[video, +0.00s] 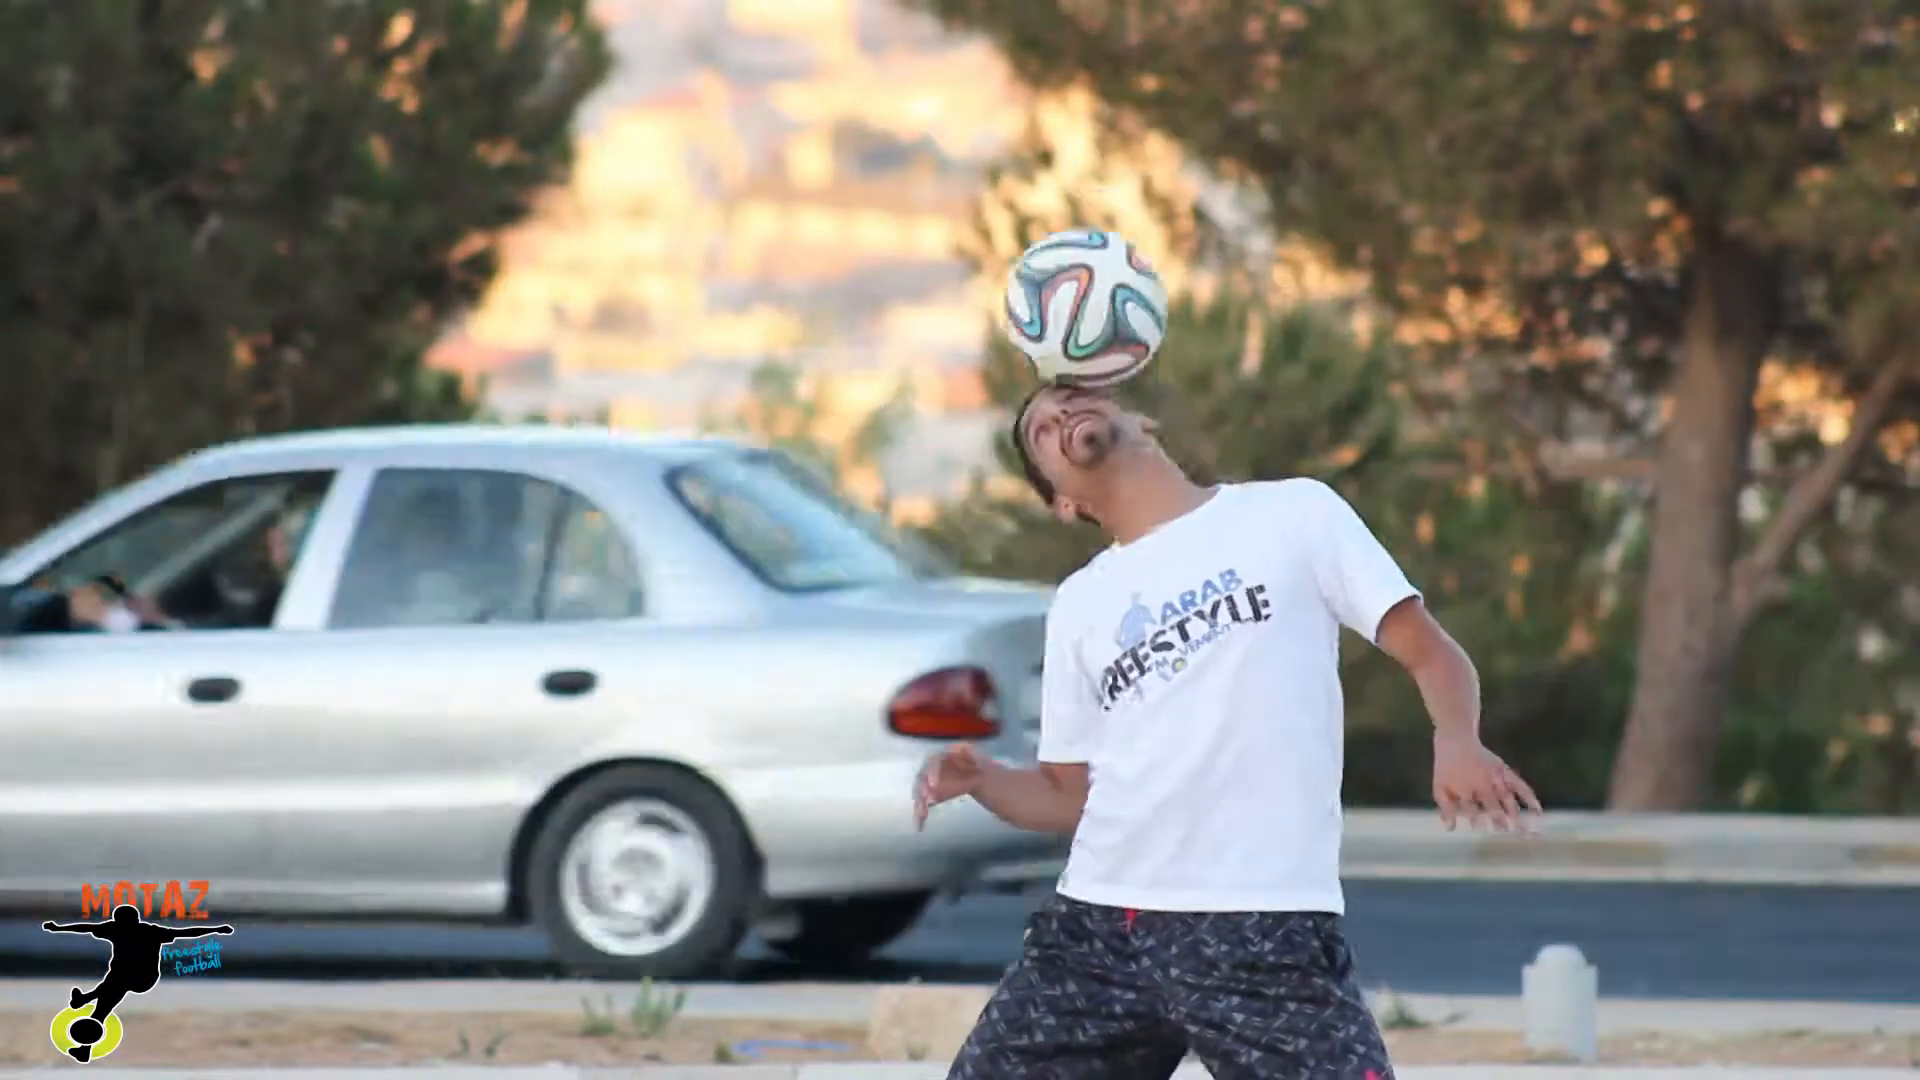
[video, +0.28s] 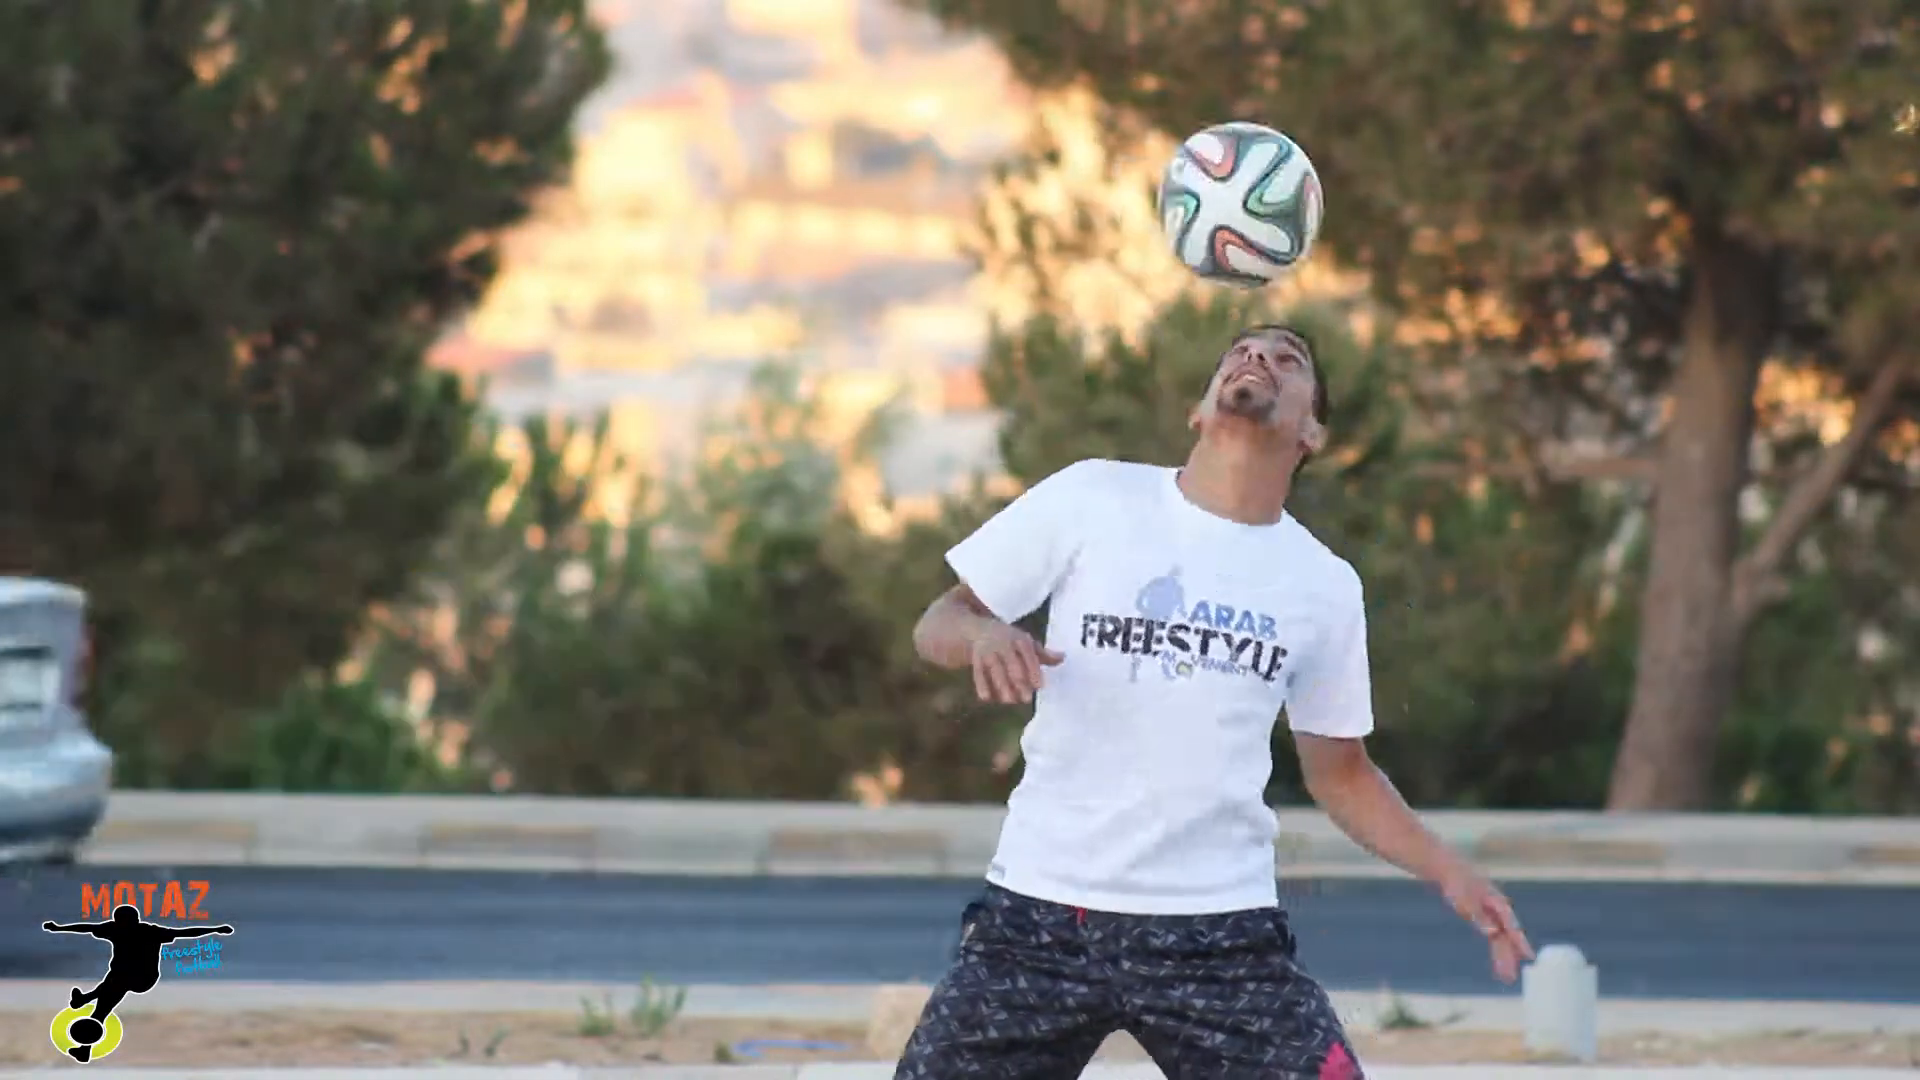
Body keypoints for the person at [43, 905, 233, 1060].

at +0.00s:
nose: (116, 925)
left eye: (116, 921)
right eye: (117, 922)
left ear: (117, 919)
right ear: (137, 918)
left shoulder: (113, 929)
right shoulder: (153, 931)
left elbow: (85, 928)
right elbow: (186, 933)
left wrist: (58, 927)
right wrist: (216, 929)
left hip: (122, 977)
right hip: (148, 980)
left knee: (103, 1010)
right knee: (113, 977)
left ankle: (85, 1047)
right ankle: (83, 999)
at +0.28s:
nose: (117, 926)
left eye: (117, 923)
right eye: (119, 923)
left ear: (118, 920)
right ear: (137, 918)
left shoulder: (113, 929)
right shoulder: (154, 931)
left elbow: (86, 928)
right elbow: (186, 932)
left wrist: (58, 928)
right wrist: (216, 929)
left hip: (122, 977)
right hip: (148, 981)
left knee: (103, 1010)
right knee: (113, 978)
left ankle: (85, 1048)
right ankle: (83, 999)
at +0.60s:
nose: (117, 926)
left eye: (118, 922)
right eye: (119, 923)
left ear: (118, 920)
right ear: (137, 919)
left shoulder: (113, 929)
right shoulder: (154, 931)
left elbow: (86, 928)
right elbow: (186, 933)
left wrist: (59, 928)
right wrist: (215, 929)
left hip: (122, 977)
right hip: (148, 981)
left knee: (102, 1010)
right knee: (113, 978)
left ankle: (85, 1048)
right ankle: (83, 999)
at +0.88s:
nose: (117, 926)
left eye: (117, 922)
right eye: (118, 923)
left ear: (118, 920)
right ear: (137, 919)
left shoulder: (113, 929)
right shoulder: (154, 931)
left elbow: (86, 928)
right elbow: (186, 932)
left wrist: (58, 927)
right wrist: (216, 929)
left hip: (122, 977)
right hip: (147, 981)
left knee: (102, 1010)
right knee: (112, 980)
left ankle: (85, 1049)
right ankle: (82, 999)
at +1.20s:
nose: (117, 926)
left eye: (117, 922)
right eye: (119, 923)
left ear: (118, 920)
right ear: (137, 919)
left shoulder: (113, 929)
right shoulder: (154, 931)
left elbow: (86, 928)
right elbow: (186, 933)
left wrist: (59, 927)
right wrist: (216, 929)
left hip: (122, 977)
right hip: (148, 981)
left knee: (102, 1010)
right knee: (114, 978)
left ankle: (85, 1049)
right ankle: (83, 999)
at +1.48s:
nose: (117, 926)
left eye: (117, 922)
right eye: (119, 923)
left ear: (118, 920)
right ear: (137, 919)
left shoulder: (113, 929)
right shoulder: (154, 931)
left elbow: (86, 928)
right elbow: (186, 932)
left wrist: (58, 927)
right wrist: (215, 929)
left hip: (122, 977)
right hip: (148, 981)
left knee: (103, 1010)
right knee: (113, 978)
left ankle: (85, 1048)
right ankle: (83, 999)